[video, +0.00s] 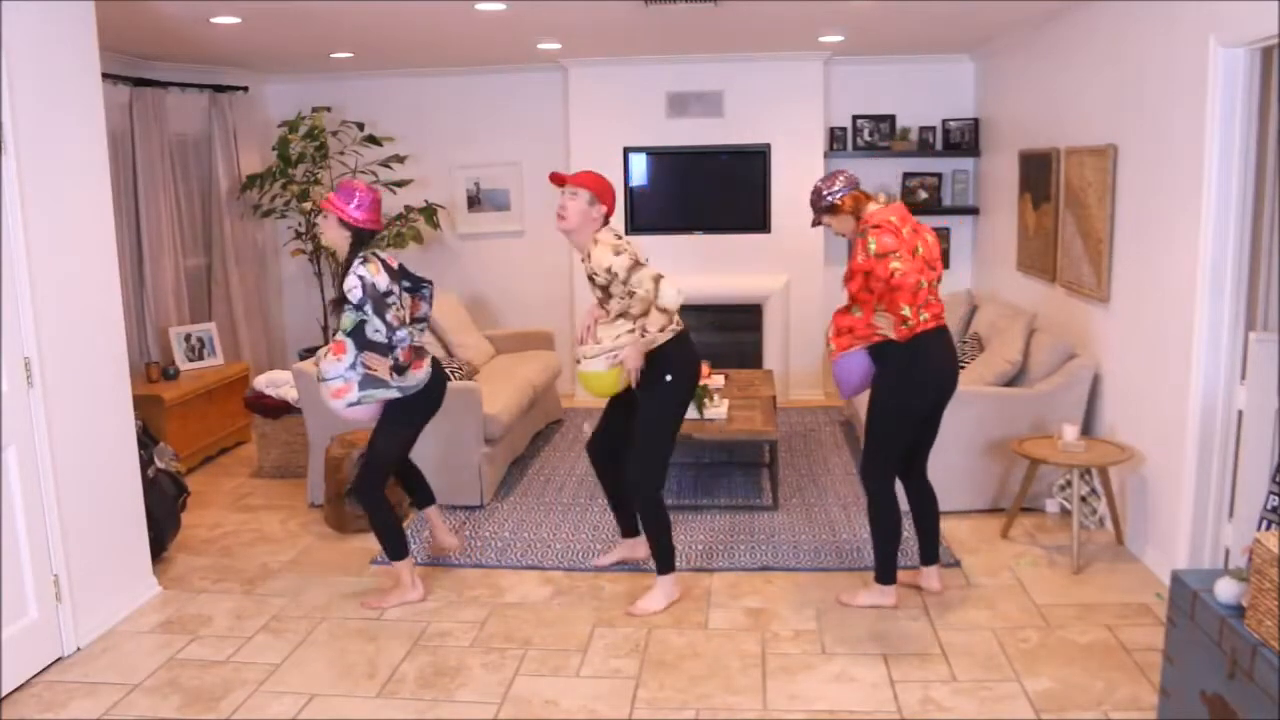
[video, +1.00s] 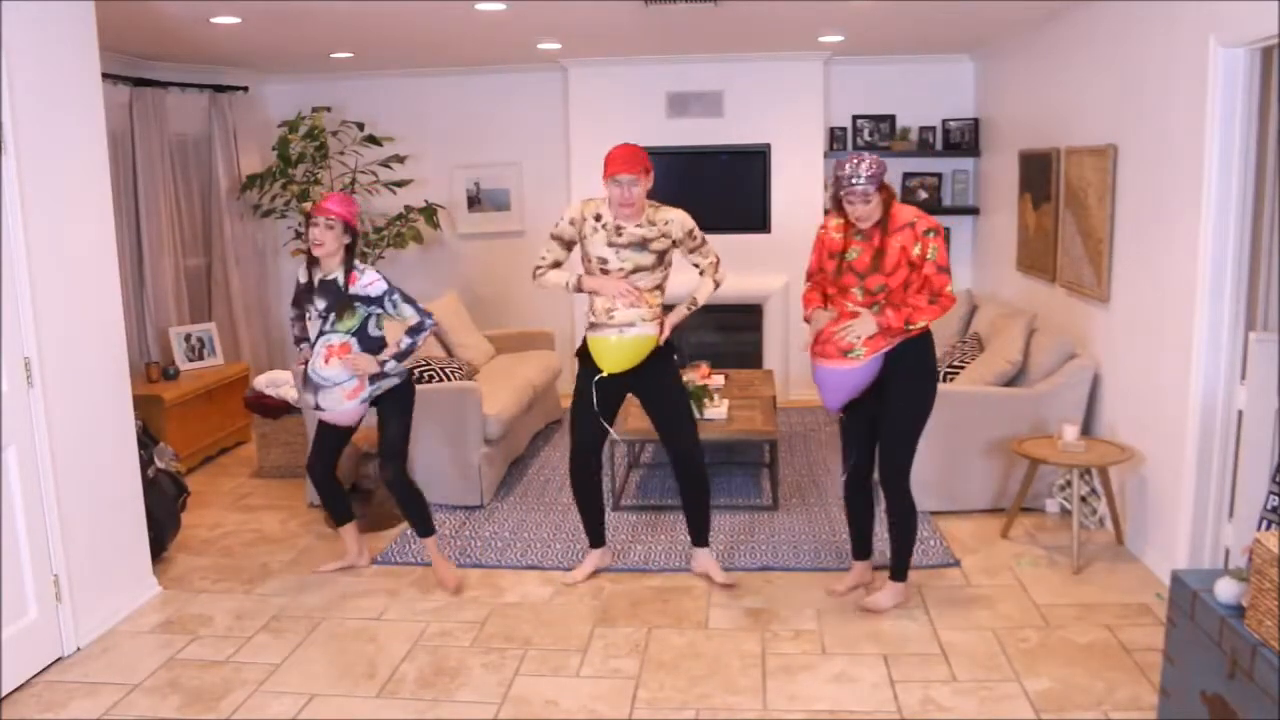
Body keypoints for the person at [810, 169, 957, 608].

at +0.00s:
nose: (832, 232)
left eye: (829, 223)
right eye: (826, 225)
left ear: (845, 207)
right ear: (853, 202)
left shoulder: (873, 233)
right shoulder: (910, 222)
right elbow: (934, 270)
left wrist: (841, 330)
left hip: (906, 357)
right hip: (940, 352)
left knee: (875, 471)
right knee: (912, 467)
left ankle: (884, 585)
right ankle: (930, 570)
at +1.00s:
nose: (858, 211)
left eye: (866, 200)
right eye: (849, 202)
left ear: (883, 192)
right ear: (839, 199)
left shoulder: (921, 230)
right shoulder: (832, 230)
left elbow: (939, 299)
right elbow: (814, 286)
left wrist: (880, 320)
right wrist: (818, 314)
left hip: (907, 359)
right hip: (853, 358)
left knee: (893, 470)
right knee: (857, 468)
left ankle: (898, 581)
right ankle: (861, 565)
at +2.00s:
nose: (896, 190)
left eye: (903, 183)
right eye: (885, 184)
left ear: (916, 197)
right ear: (871, 201)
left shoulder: (940, 247)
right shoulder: (850, 253)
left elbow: (954, 309)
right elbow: (823, 320)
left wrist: (936, 335)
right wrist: (871, 360)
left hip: (924, 376)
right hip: (861, 377)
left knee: (960, 491)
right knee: (850, 488)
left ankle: (958, 583)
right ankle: (824, 574)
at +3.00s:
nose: (952, 187)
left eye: (961, 179)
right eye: (943, 178)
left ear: (973, 182)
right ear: (927, 179)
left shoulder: (991, 220)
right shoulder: (900, 211)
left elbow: (1024, 282)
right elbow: (857, 265)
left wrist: (974, 324)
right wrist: (904, 315)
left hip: (955, 360)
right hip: (893, 354)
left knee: (957, 476)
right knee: (859, 469)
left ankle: (957, 582)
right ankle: (816, 574)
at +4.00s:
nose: (919, 220)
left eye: (929, 212)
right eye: (912, 210)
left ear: (940, 208)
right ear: (895, 200)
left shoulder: (953, 234)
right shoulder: (862, 226)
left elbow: (979, 293)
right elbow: (816, 277)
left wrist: (938, 320)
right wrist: (871, 312)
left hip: (923, 367)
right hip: (863, 364)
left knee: (963, 484)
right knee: (833, 484)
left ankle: (970, 584)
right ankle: (802, 591)